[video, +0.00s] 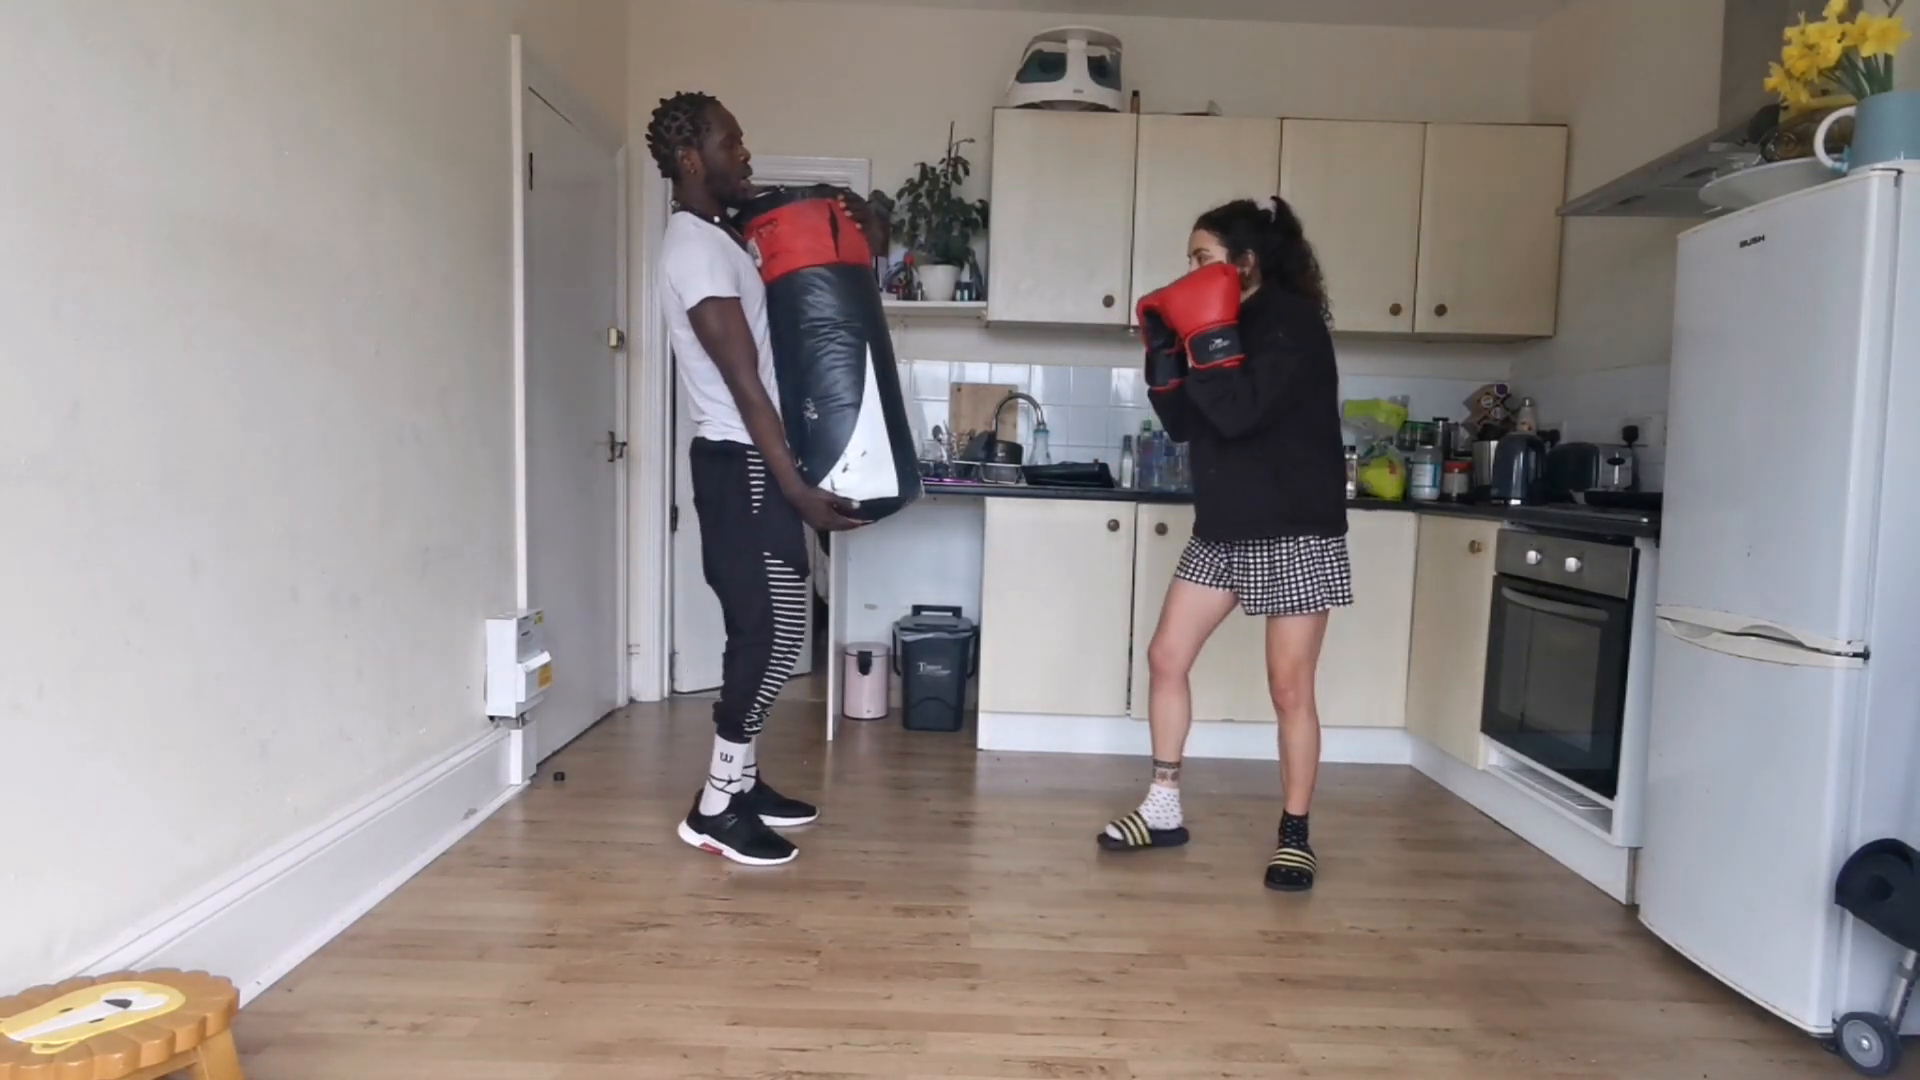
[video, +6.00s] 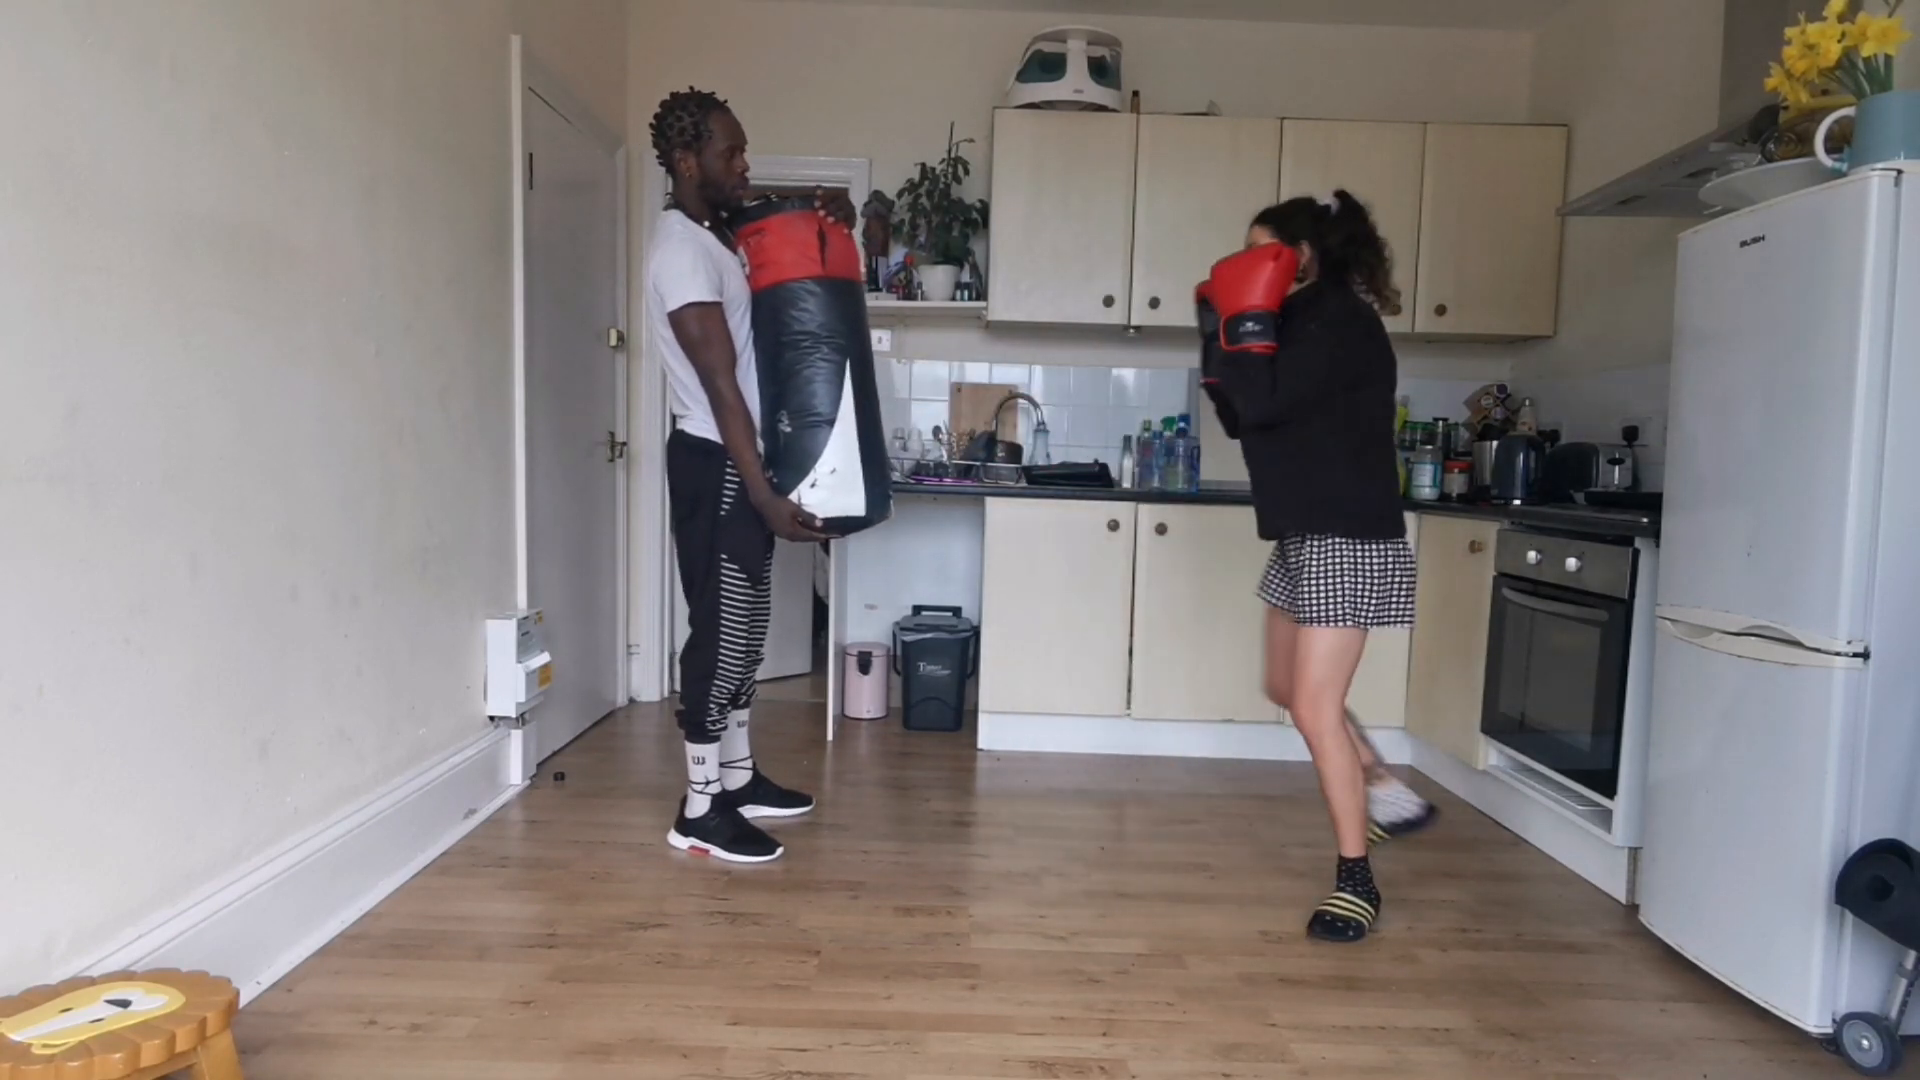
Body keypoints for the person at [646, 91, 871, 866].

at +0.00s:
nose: (746, 155)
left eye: (742, 142)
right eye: (732, 144)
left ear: (696, 158)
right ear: (690, 157)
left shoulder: (721, 238)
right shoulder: (696, 245)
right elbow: (742, 378)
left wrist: (856, 234)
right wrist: (794, 482)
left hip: (756, 456)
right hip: (737, 459)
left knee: (769, 627)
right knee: (778, 633)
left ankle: (738, 782)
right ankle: (718, 803)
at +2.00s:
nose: (727, 151)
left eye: (723, 137)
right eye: (713, 138)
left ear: (679, 150)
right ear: (670, 148)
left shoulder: (705, 234)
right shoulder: (671, 240)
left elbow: (777, 310)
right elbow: (710, 374)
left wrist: (819, 222)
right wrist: (754, 485)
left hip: (742, 452)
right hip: (705, 457)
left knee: (765, 614)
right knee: (718, 622)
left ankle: (724, 769)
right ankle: (699, 808)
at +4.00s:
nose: (749, 166)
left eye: (748, 151)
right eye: (736, 152)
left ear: (701, 161)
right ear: (689, 160)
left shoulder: (720, 242)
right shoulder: (683, 245)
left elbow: (789, 319)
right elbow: (723, 378)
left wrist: (831, 233)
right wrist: (770, 486)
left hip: (744, 453)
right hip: (716, 456)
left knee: (745, 622)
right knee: (728, 625)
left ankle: (730, 775)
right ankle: (702, 804)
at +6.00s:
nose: (745, 166)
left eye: (744, 152)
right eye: (732, 152)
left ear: (698, 162)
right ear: (685, 160)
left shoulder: (717, 242)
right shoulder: (679, 244)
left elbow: (775, 337)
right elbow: (717, 376)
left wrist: (829, 241)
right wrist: (763, 487)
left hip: (743, 449)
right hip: (712, 454)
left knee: (746, 622)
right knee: (723, 625)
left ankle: (736, 778)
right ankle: (701, 805)